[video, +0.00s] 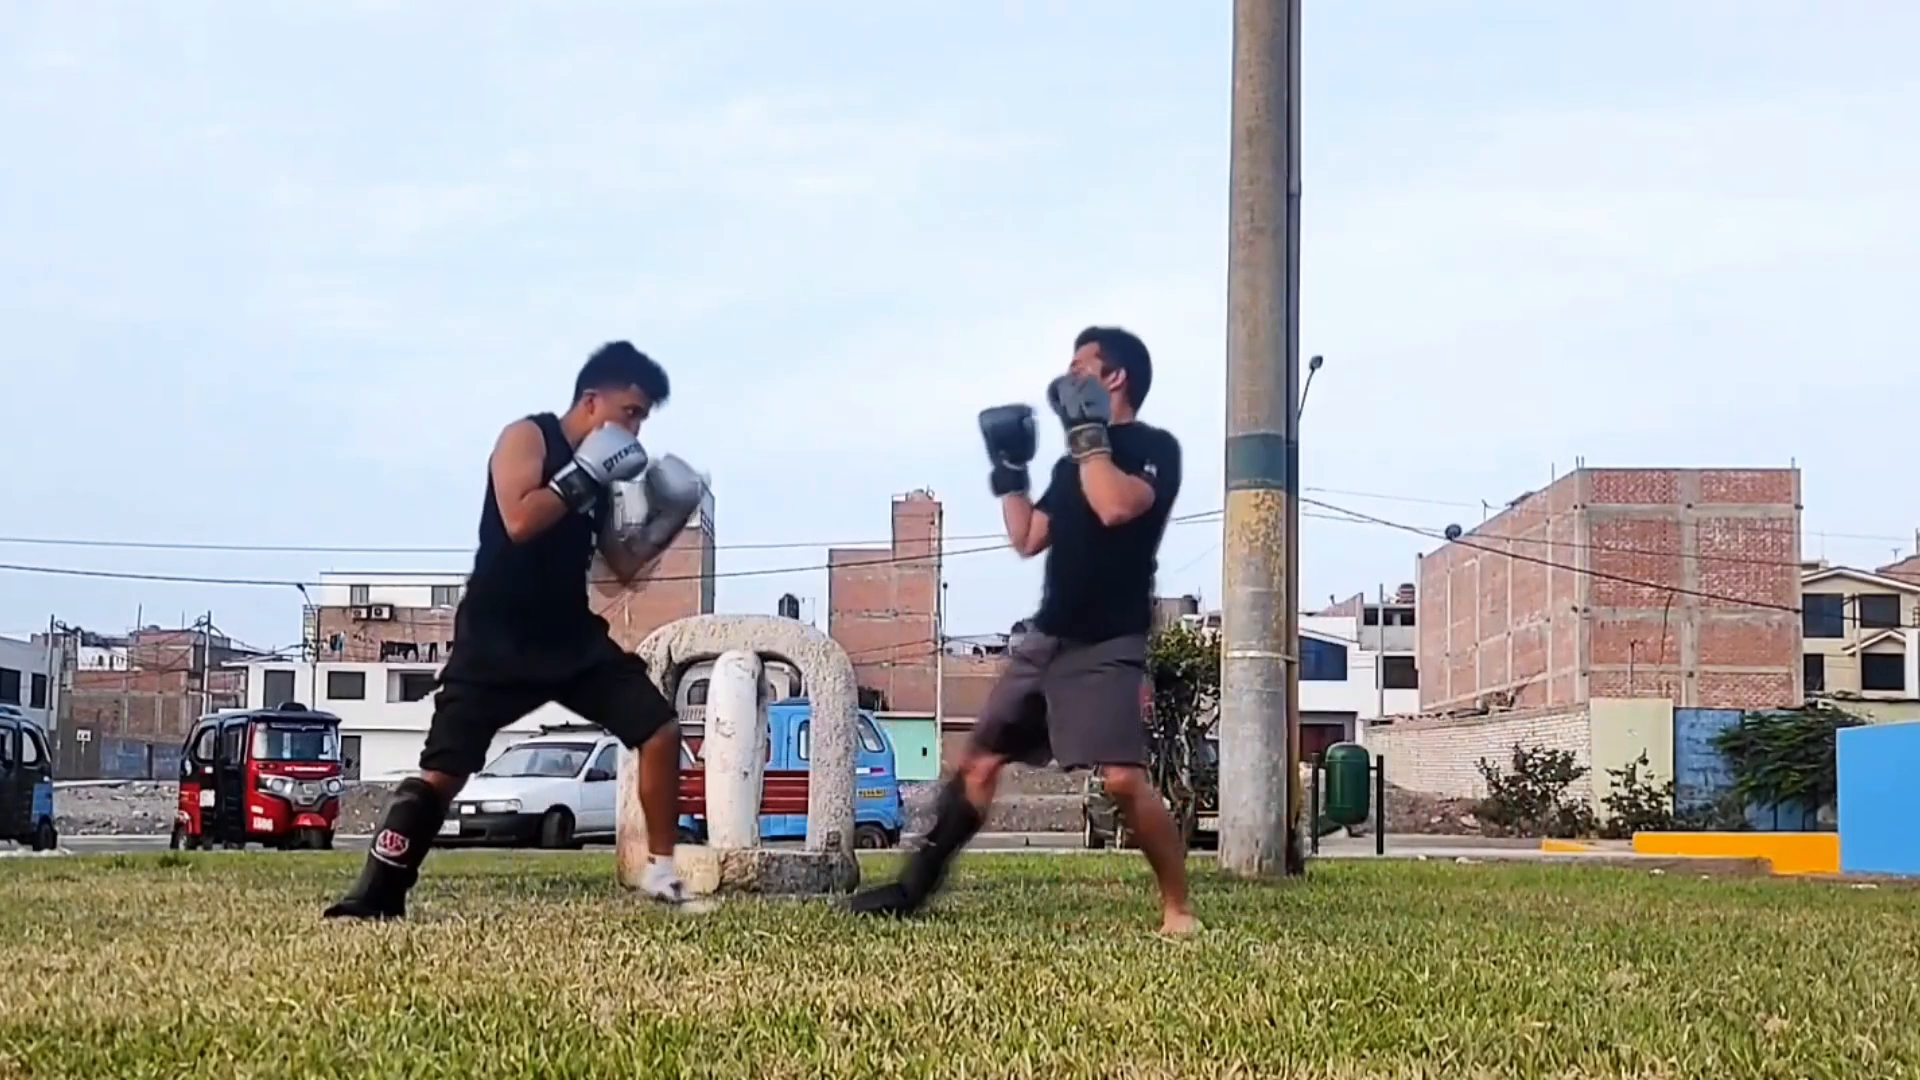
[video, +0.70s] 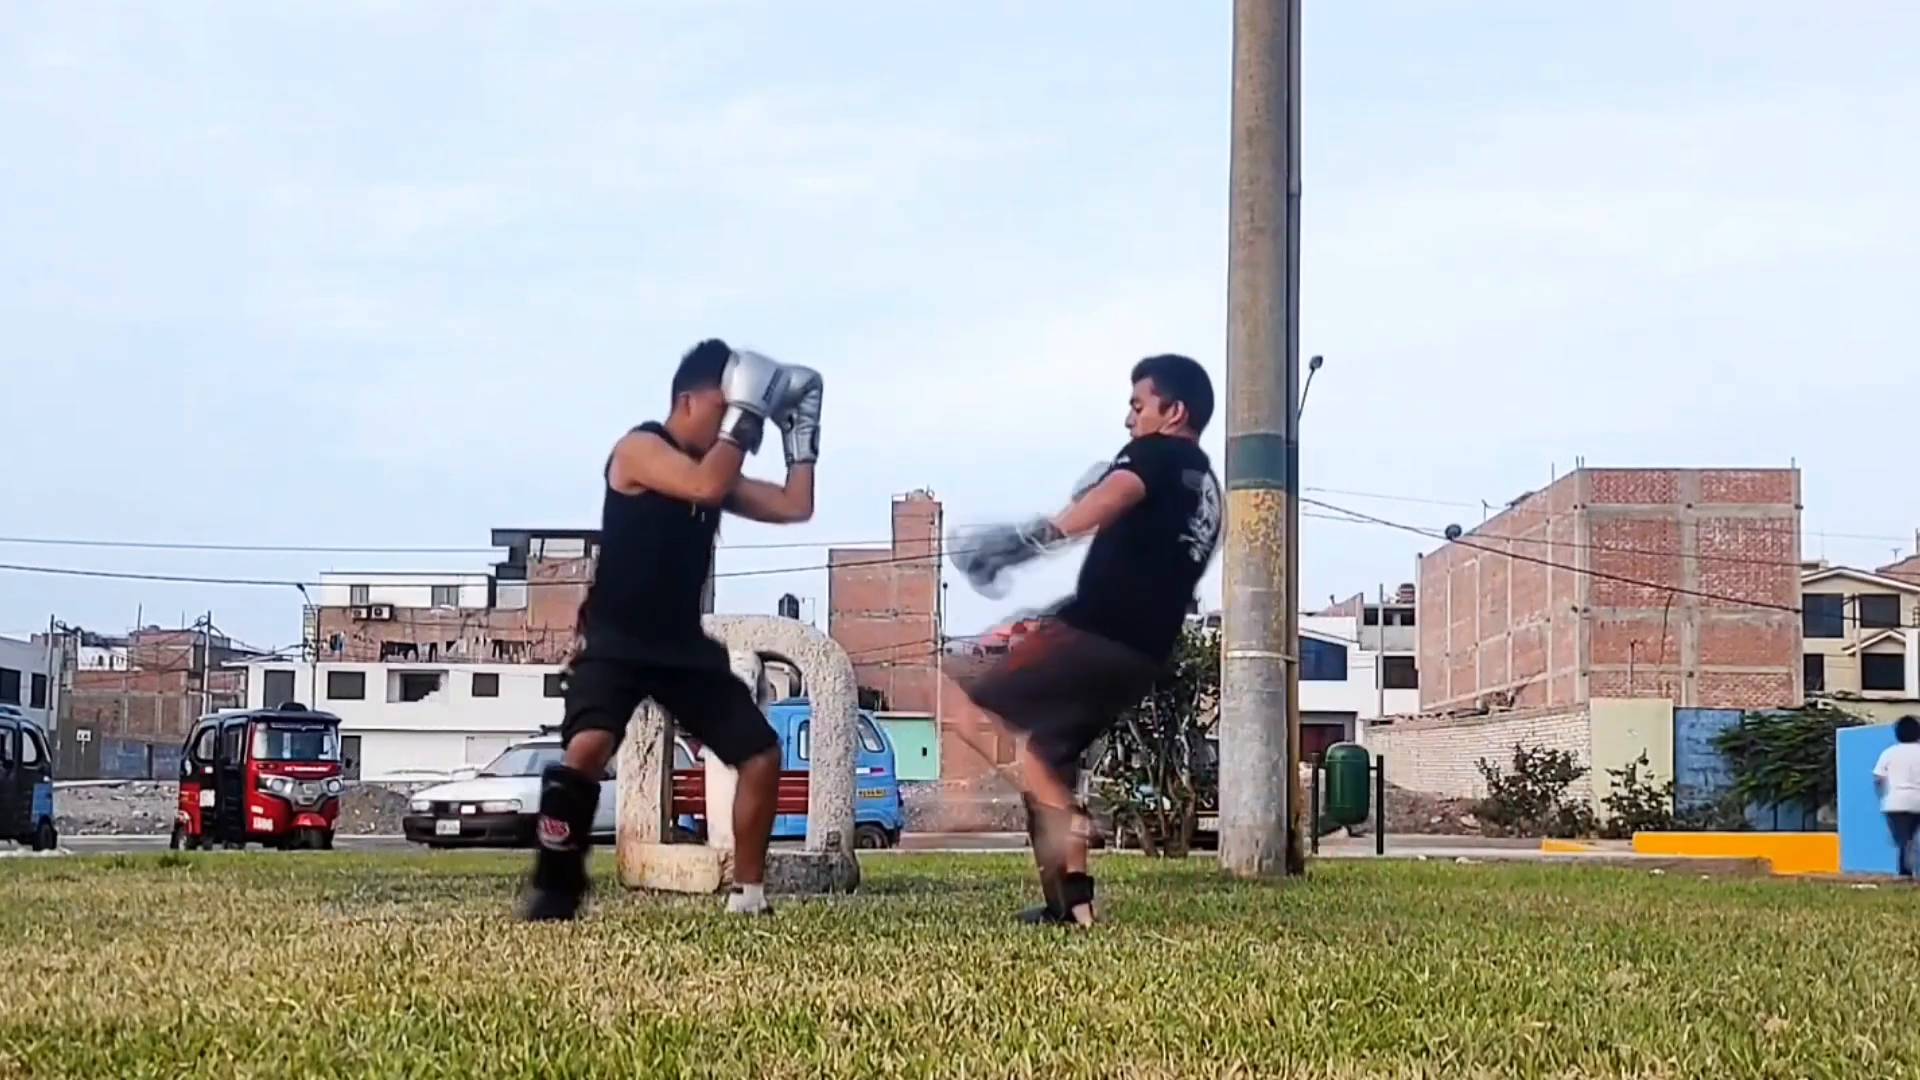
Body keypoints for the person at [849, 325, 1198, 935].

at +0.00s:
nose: (1069, 376)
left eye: (1081, 365)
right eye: (1071, 366)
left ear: (1119, 377)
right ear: (1108, 378)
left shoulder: (1155, 447)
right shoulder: (1071, 463)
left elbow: (1116, 507)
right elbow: (1027, 538)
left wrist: (1087, 429)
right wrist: (1010, 468)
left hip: (1111, 642)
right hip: (1045, 639)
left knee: (1124, 781)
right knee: (979, 763)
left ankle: (1177, 907)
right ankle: (910, 892)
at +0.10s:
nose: (1077, 363)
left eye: (1086, 351)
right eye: (1078, 353)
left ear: (1127, 355)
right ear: (1115, 358)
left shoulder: (1164, 417)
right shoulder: (1095, 443)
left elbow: (1130, 483)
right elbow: (1053, 520)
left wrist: (1096, 406)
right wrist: (1036, 446)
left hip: (1143, 623)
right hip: (1084, 619)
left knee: (1148, 763)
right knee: (1021, 744)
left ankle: (1184, 901)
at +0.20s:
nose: (1084, 352)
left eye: (1093, 339)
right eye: (1085, 340)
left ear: (1131, 340)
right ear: (1125, 342)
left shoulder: (1177, 400)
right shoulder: (1110, 416)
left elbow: (1152, 478)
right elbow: (1085, 511)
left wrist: (1102, 414)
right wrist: (1046, 448)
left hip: (1175, 602)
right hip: (1118, 603)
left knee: (1175, 739)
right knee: (1081, 743)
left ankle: (1231, 864)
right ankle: (1088, 897)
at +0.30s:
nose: (1106, 367)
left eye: (1113, 353)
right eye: (1105, 355)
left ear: (1151, 351)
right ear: (1148, 354)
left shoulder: (1199, 412)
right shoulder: (1142, 428)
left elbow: (1181, 498)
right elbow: (1134, 520)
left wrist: (1122, 438)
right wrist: (1071, 479)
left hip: (1196, 618)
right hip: (1145, 619)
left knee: (1216, 746)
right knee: (1095, 750)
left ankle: (1315, 864)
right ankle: (1093, 901)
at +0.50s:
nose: (1120, 415)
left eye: (1128, 402)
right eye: (1122, 402)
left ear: (1166, 407)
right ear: (1170, 409)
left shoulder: (1191, 464)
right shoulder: (1181, 471)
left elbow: (1121, 513)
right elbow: (1235, 569)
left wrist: (1077, 462)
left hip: (1204, 680)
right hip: (1156, 676)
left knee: (1257, 802)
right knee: (1058, 753)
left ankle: (1379, 909)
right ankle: (1075, 899)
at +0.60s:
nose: (1125, 415)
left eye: (1133, 402)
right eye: (1126, 402)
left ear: (1173, 406)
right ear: (1177, 410)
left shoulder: (1161, 453)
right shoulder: (1211, 479)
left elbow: (1092, 496)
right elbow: (1227, 585)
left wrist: (1008, 480)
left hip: (1139, 651)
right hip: (1156, 651)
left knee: (1092, 773)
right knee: (1049, 766)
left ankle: (1259, 842)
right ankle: (1071, 903)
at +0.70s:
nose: (1129, 416)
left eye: (1138, 404)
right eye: (1131, 404)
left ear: (1176, 412)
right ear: (1185, 416)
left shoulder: (1157, 453)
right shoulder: (1208, 485)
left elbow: (1109, 502)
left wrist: (1025, 538)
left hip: (1099, 635)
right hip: (1144, 653)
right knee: (1046, 758)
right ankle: (1069, 900)